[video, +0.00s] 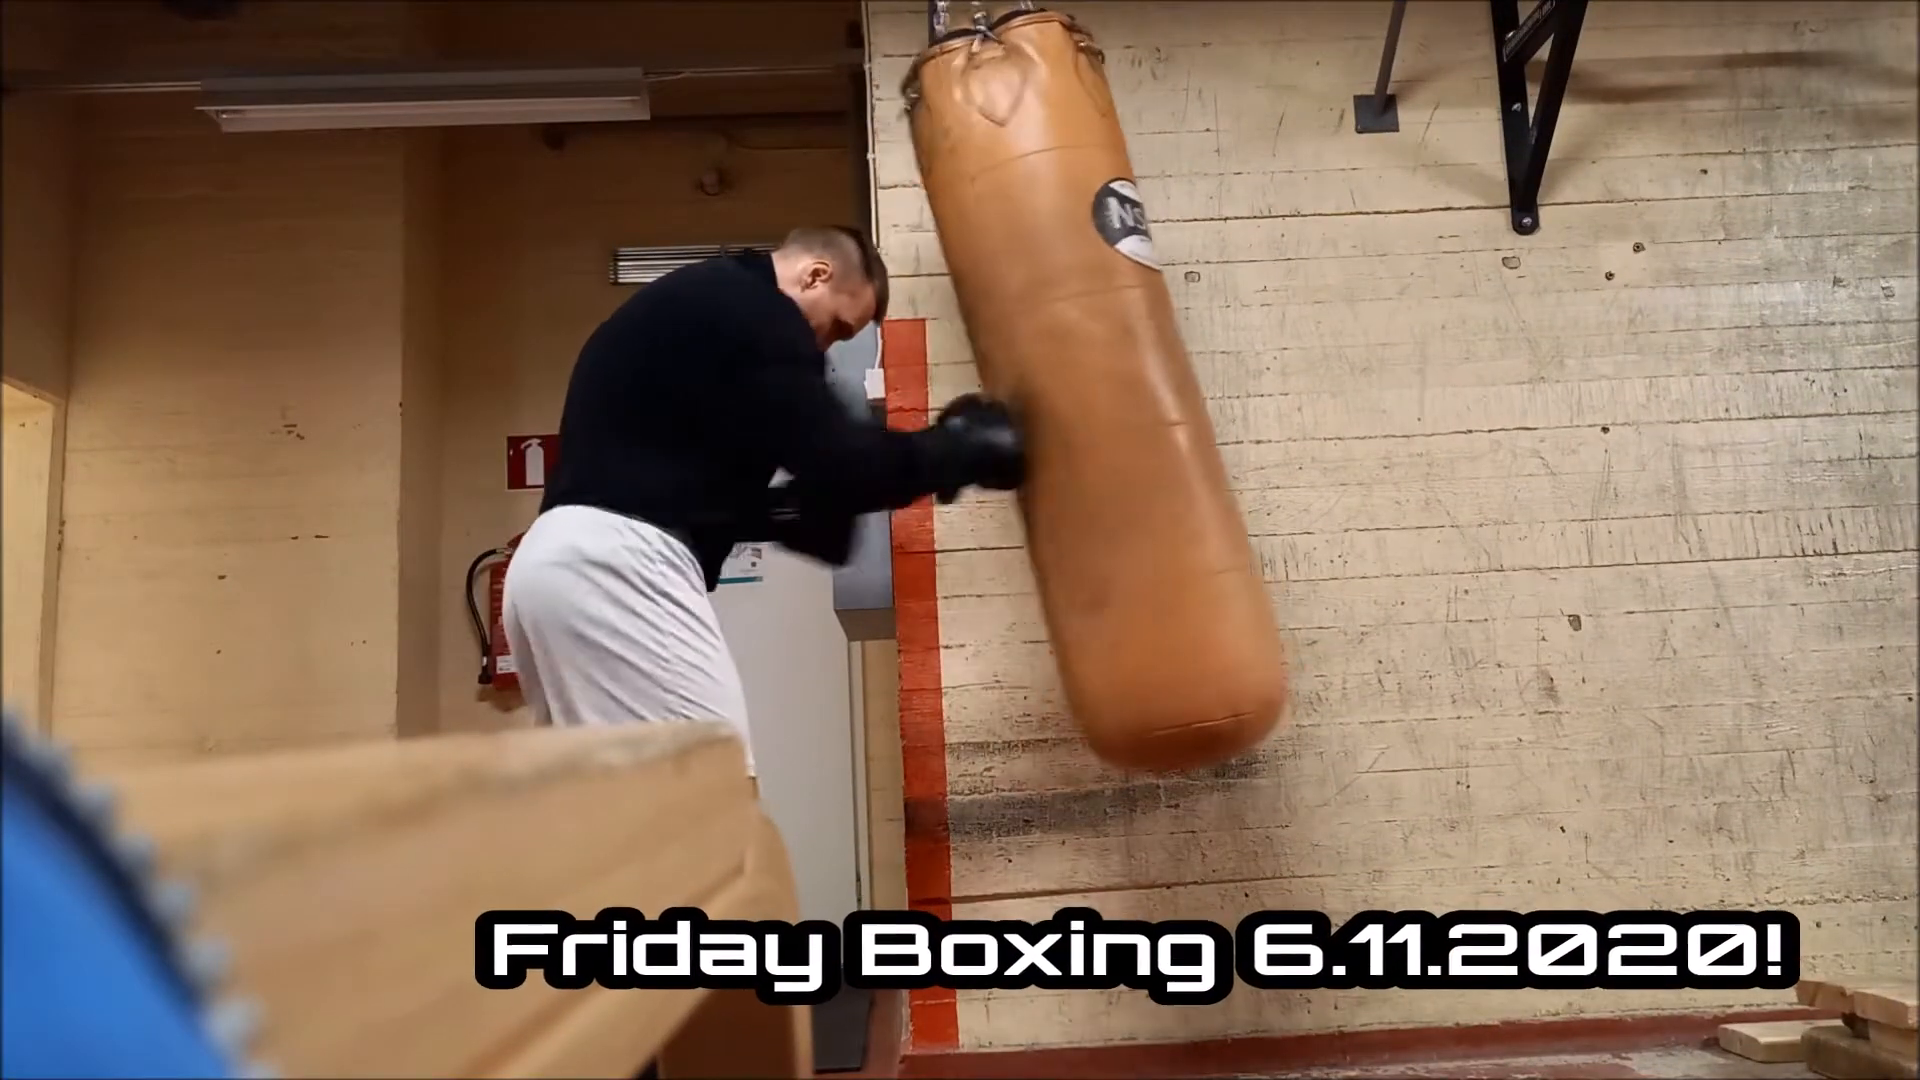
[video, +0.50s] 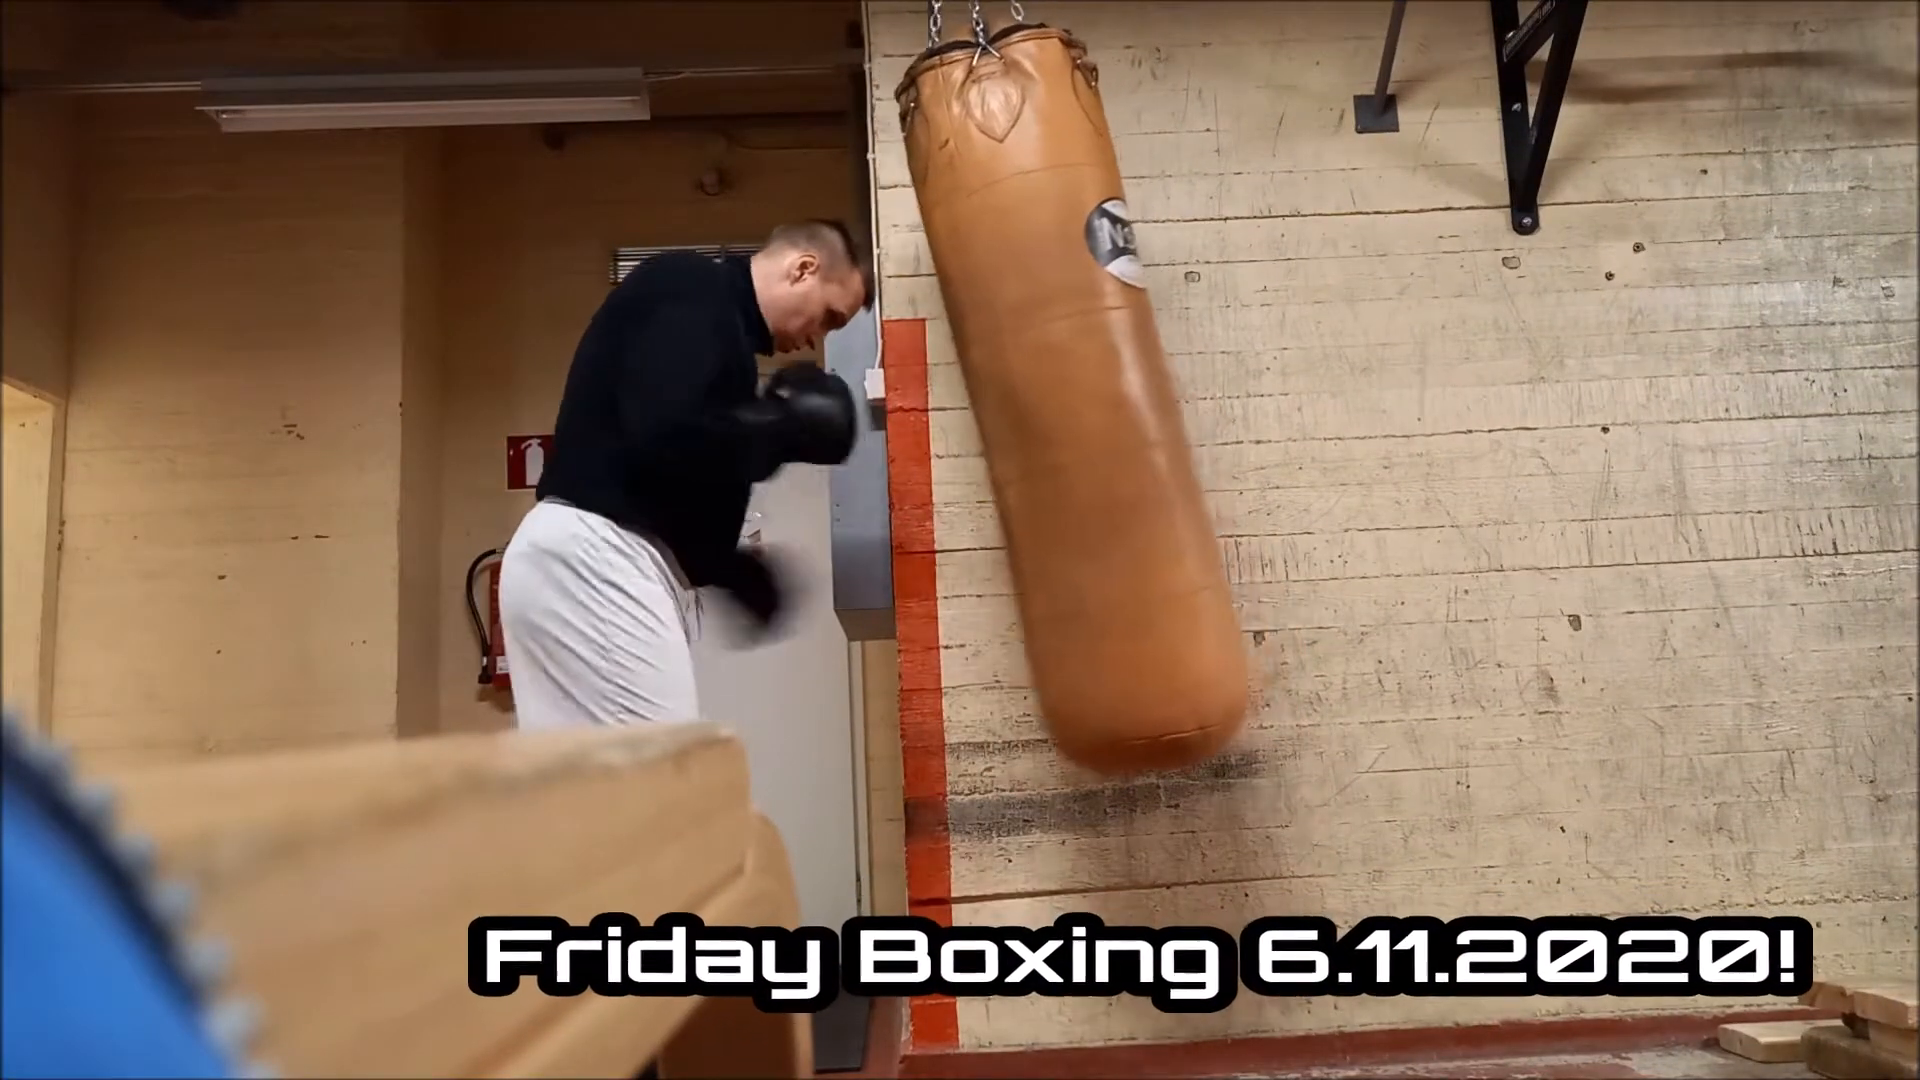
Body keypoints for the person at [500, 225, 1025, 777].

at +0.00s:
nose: (828, 346)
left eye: (842, 336)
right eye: (838, 326)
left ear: (804, 271)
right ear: (812, 274)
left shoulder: (693, 306)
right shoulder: (749, 309)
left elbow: (688, 502)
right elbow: (841, 462)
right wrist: (958, 451)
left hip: (554, 570)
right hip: (614, 567)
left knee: (624, 817)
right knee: (711, 810)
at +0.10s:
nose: (817, 347)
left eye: (832, 335)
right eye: (830, 325)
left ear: (801, 273)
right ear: (806, 276)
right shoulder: (737, 306)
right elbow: (758, 468)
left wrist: (853, 475)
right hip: (612, 555)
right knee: (703, 806)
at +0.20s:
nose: (808, 347)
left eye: (823, 337)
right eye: (820, 326)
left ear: (792, 275)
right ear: (796, 280)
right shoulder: (742, 310)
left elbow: (553, 449)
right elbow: (707, 459)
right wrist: (793, 502)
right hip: (612, 553)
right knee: (693, 801)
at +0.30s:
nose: (802, 347)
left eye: (818, 337)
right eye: (816, 325)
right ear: (793, 280)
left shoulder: (640, 305)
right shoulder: (743, 309)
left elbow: (532, 437)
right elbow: (703, 454)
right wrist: (772, 509)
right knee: (691, 798)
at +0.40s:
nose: (809, 344)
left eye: (824, 332)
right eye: (821, 321)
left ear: (796, 272)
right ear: (798, 274)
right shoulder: (724, 295)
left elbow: (562, 444)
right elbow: (705, 450)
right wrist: (786, 466)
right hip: (601, 563)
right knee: (675, 790)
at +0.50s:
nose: (818, 339)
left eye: (832, 328)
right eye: (829, 316)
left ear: (801, 268)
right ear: (803, 269)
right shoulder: (691, 291)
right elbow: (665, 442)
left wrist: (733, 570)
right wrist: (783, 427)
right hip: (594, 558)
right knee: (662, 789)